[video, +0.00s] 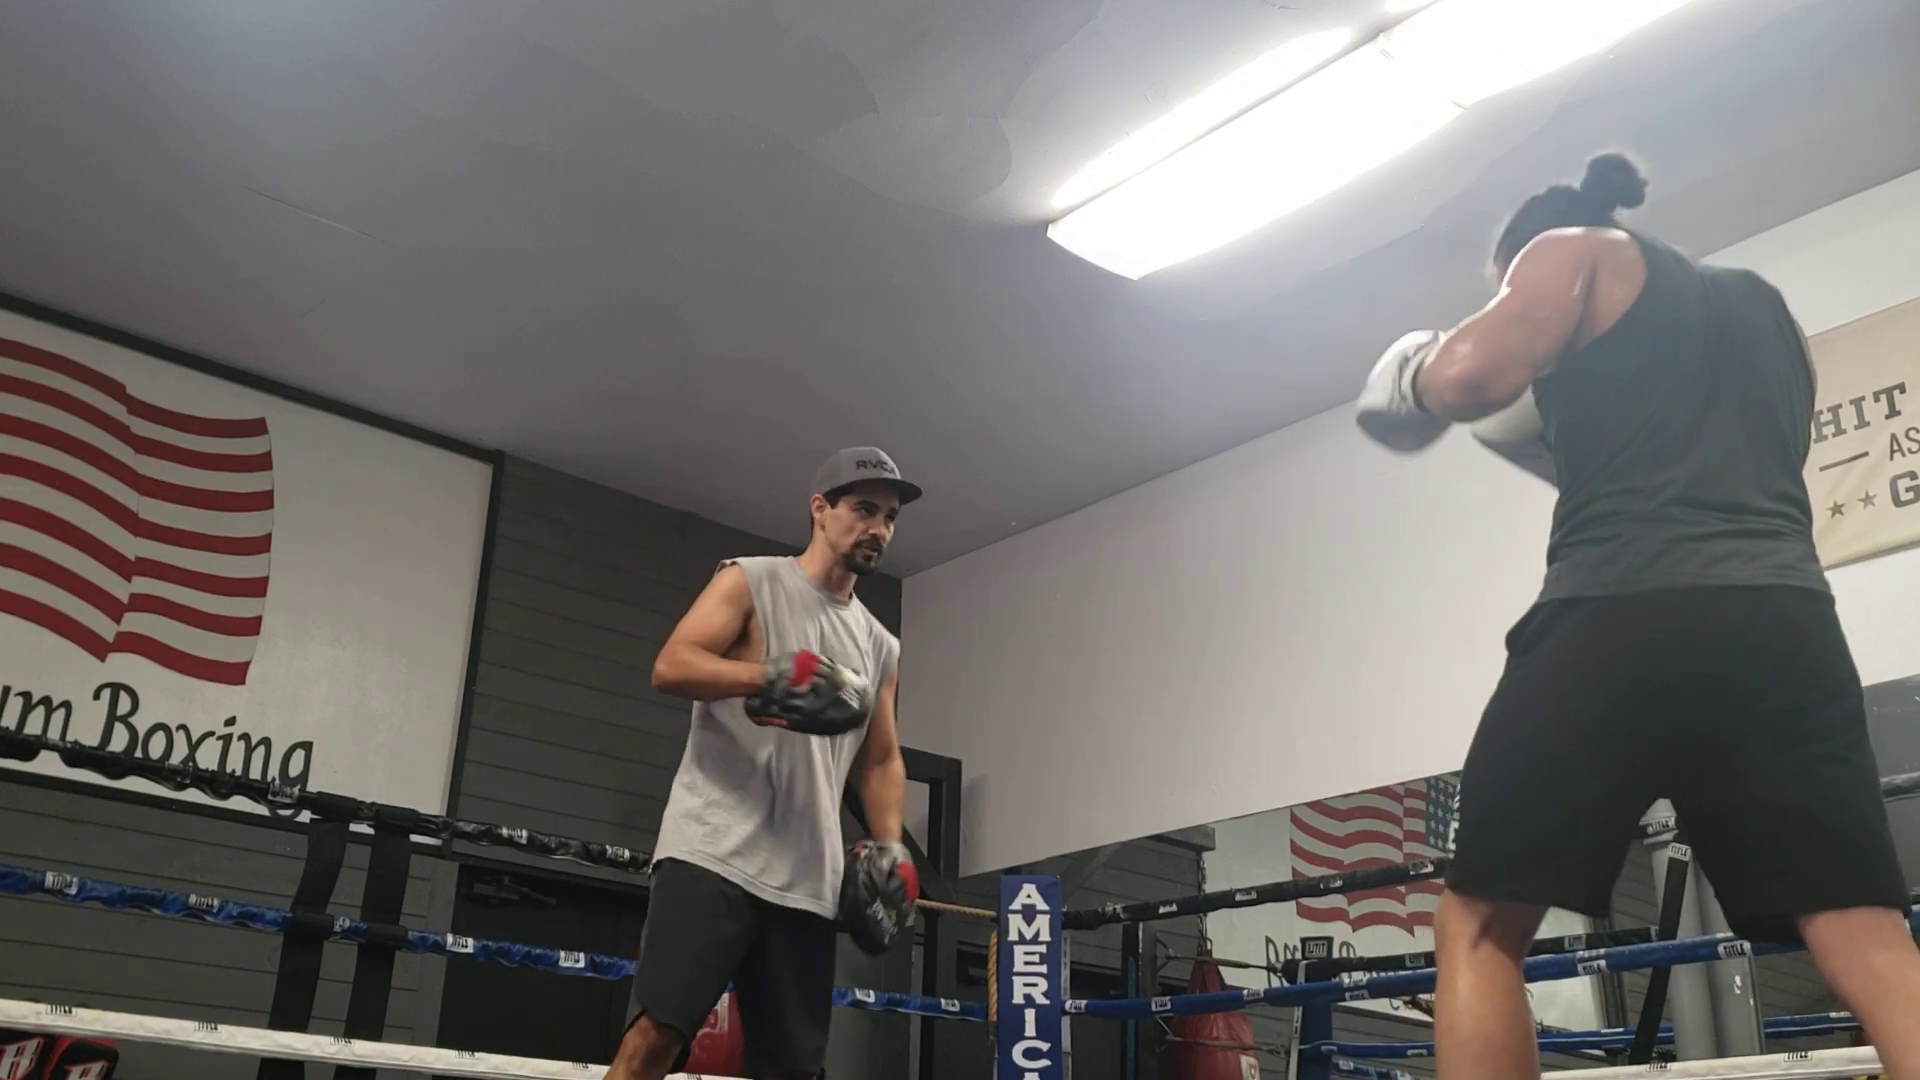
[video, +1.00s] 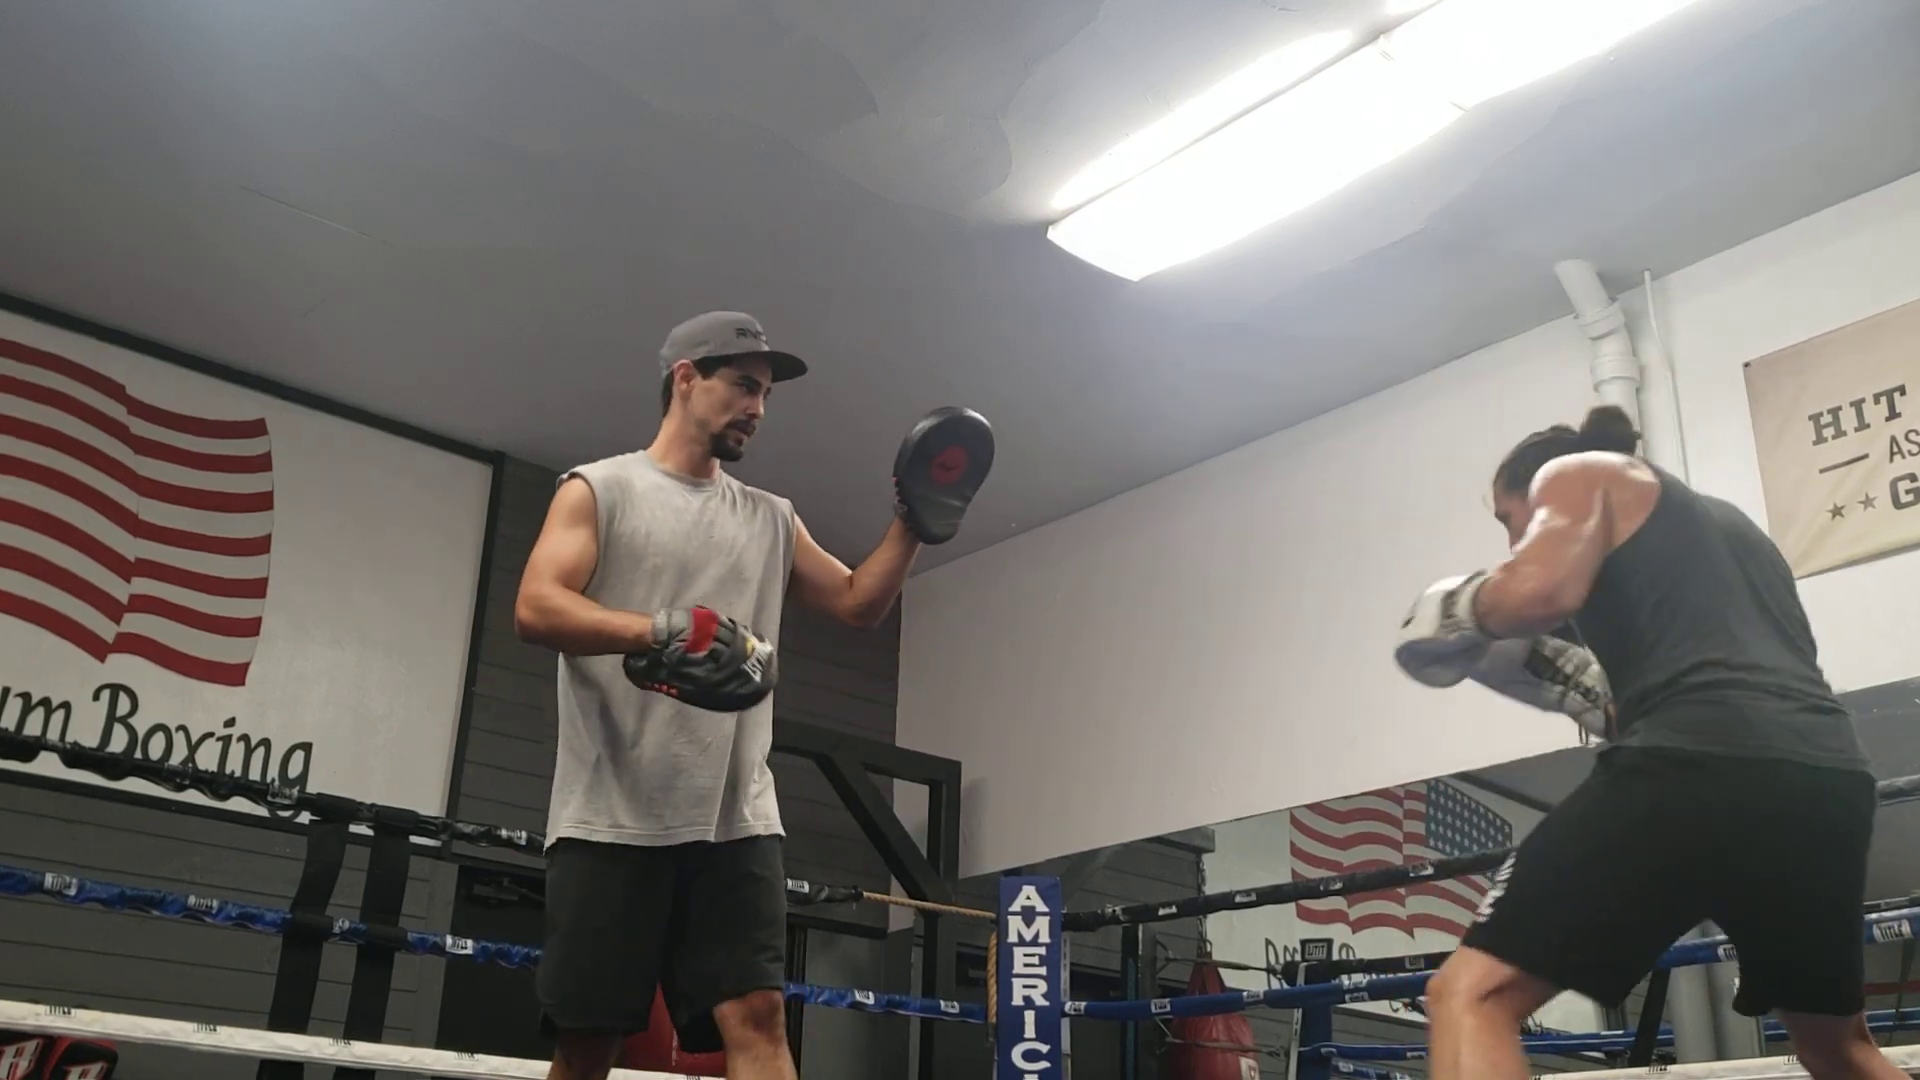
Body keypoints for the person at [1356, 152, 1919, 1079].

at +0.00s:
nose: (1515, 287)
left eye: (1513, 268)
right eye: (1510, 278)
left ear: (1547, 240)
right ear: (1615, 218)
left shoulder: (1578, 247)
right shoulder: (1766, 305)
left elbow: (1469, 378)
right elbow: (1675, 467)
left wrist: (1412, 371)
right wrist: (1512, 425)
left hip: (1613, 627)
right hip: (1782, 623)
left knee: (1481, 930)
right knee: (1871, 941)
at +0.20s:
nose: (1483, 283)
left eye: (1480, 257)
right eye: (1475, 268)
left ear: (1522, 219)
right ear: (1571, 208)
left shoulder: (1560, 250)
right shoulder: (1726, 296)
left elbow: (1393, 404)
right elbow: (1594, 459)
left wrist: (1370, 326)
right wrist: (1503, 399)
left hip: (1626, 619)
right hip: (1787, 615)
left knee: (1486, 932)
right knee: (1858, 936)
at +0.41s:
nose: (1360, 350)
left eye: (1357, 321)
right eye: (1349, 330)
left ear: (1406, 279)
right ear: (1422, 275)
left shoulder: (1510, 314)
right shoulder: (1602, 335)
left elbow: (1495, 520)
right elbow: (1540, 518)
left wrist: (1389, 456)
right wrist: (1428, 457)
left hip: (1612, 638)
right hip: (1749, 629)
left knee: (1465, 943)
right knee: (1808, 967)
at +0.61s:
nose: (1371, 367)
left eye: (1361, 347)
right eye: (1359, 355)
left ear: (1388, 303)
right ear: (1424, 285)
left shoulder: (1478, 322)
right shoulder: (1595, 361)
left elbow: (1366, 502)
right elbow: (1549, 575)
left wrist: (1325, 419)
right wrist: (1446, 516)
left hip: (1597, 644)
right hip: (1727, 639)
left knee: (1464, 947)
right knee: (1802, 972)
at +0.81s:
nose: (1443, 439)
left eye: (1447, 419)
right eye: (1440, 429)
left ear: (1470, 390)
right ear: (1538, 373)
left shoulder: (1496, 391)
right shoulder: (1672, 442)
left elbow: (1378, 545)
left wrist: (1376, 487)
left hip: (1629, 705)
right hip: (1769, 704)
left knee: (1441, 971)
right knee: (1848, 1008)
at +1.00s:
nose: (1514, 539)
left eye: (1511, 521)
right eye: (1507, 528)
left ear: (1542, 477)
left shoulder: (1581, 471)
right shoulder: (1737, 526)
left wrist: (1456, 605)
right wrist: (1594, 697)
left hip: (1688, 764)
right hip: (1830, 780)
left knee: (1472, 993)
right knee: (1838, 1038)